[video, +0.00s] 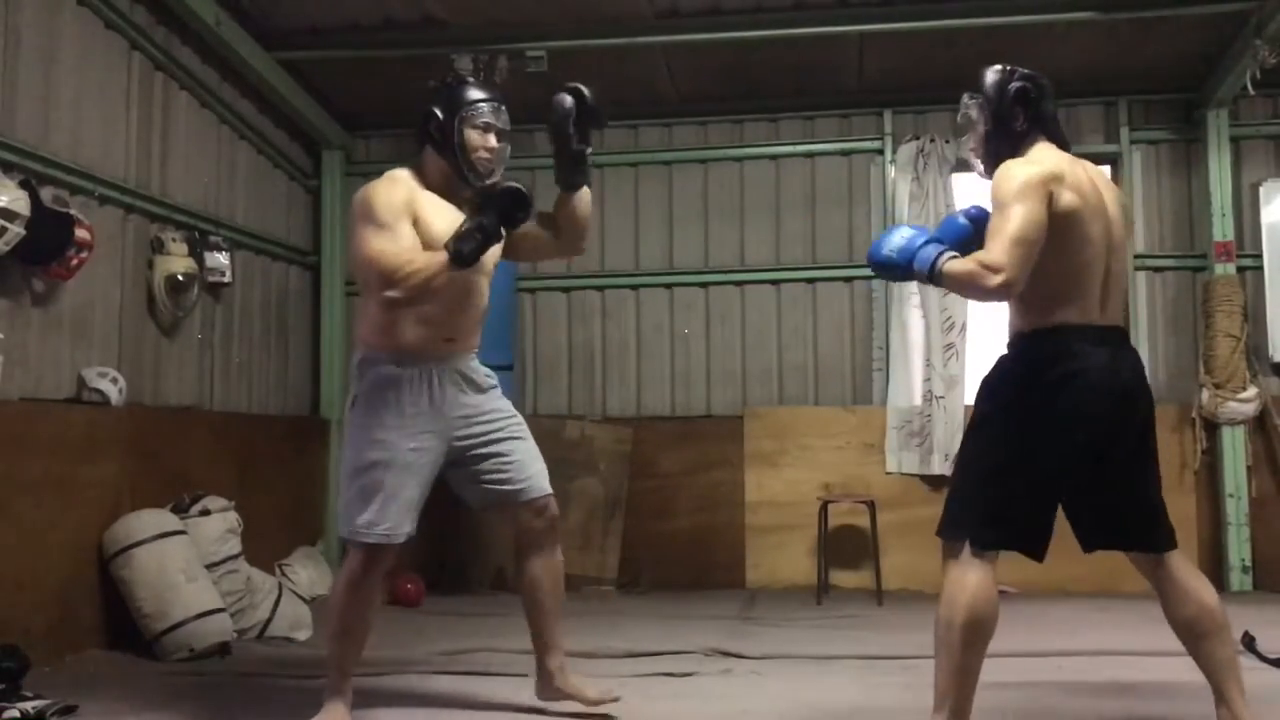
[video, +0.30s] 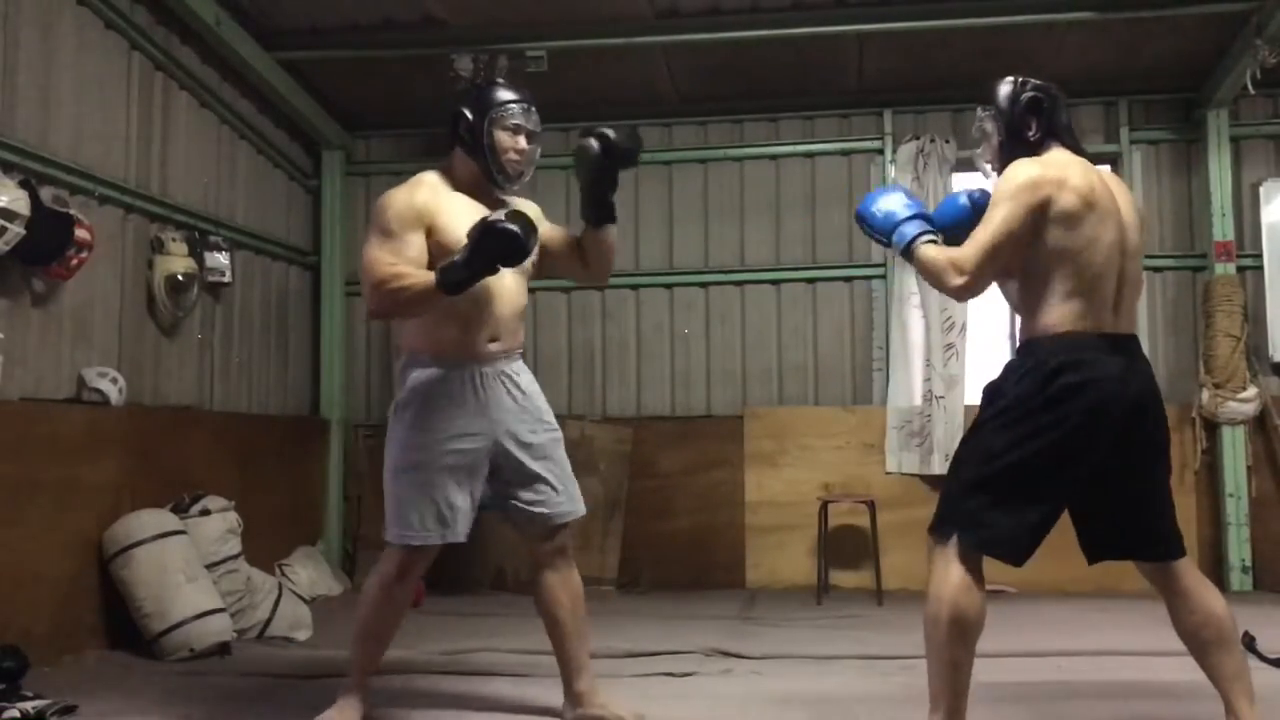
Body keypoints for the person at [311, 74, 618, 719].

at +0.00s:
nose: (495, 145)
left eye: (500, 134)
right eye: (482, 131)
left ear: (504, 142)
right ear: (441, 133)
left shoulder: (489, 214)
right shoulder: (387, 194)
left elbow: (568, 239)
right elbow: (391, 278)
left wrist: (574, 158)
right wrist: (470, 240)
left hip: (469, 382)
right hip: (395, 386)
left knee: (539, 513)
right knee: (373, 547)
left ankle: (552, 672)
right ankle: (337, 696)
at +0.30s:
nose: (524, 149)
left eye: (531, 138)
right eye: (512, 132)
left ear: (533, 146)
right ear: (470, 130)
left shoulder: (519, 215)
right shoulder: (410, 200)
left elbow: (593, 266)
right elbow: (381, 297)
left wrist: (599, 192)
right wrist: (465, 269)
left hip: (512, 385)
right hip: (436, 392)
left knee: (555, 542)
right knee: (408, 554)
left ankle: (581, 694)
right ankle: (354, 693)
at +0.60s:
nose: (532, 144)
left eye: (539, 132)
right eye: (519, 128)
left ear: (544, 140)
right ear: (477, 128)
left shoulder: (531, 216)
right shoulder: (419, 199)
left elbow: (590, 287)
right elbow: (390, 295)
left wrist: (601, 216)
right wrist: (479, 278)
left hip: (524, 386)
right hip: (446, 392)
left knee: (588, 528)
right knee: (415, 551)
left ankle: (621, 689)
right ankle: (369, 699)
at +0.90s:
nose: (583, 139)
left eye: (590, 127)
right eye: (570, 124)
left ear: (595, 132)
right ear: (525, 123)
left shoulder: (583, 199)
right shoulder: (466, 190)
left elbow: (660, 215)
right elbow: (431, 286)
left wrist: (656, 139)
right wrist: (514, 253)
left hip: (569, 377)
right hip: (490, 382)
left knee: (609, 534)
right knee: (461, 544)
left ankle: (628, 698)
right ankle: (390, 688)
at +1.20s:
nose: (581, 135)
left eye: (586, 124)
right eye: (570, 119)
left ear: (579, 132)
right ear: (525, 117)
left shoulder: (550, 208)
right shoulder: (459, 185)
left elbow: (608, 295)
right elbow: (423, 277)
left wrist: (642, 247)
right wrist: (510, 253)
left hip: (561, 378)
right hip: (485, 386)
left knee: (632, 516)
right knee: (469, 554)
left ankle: (638, 680)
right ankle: (425, 701)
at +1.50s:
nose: (599, 126)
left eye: (603, 114)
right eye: (586, 111)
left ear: (603, 123)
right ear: (543, 114)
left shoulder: (591, 196)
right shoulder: (490, 182)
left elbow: (670, 226)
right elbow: (455, 280)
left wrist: (663, 146)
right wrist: (542, 257)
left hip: (594, 378)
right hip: (521, 386)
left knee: (634, 532)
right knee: (494, 557)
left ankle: (646, 696)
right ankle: (430, 699)